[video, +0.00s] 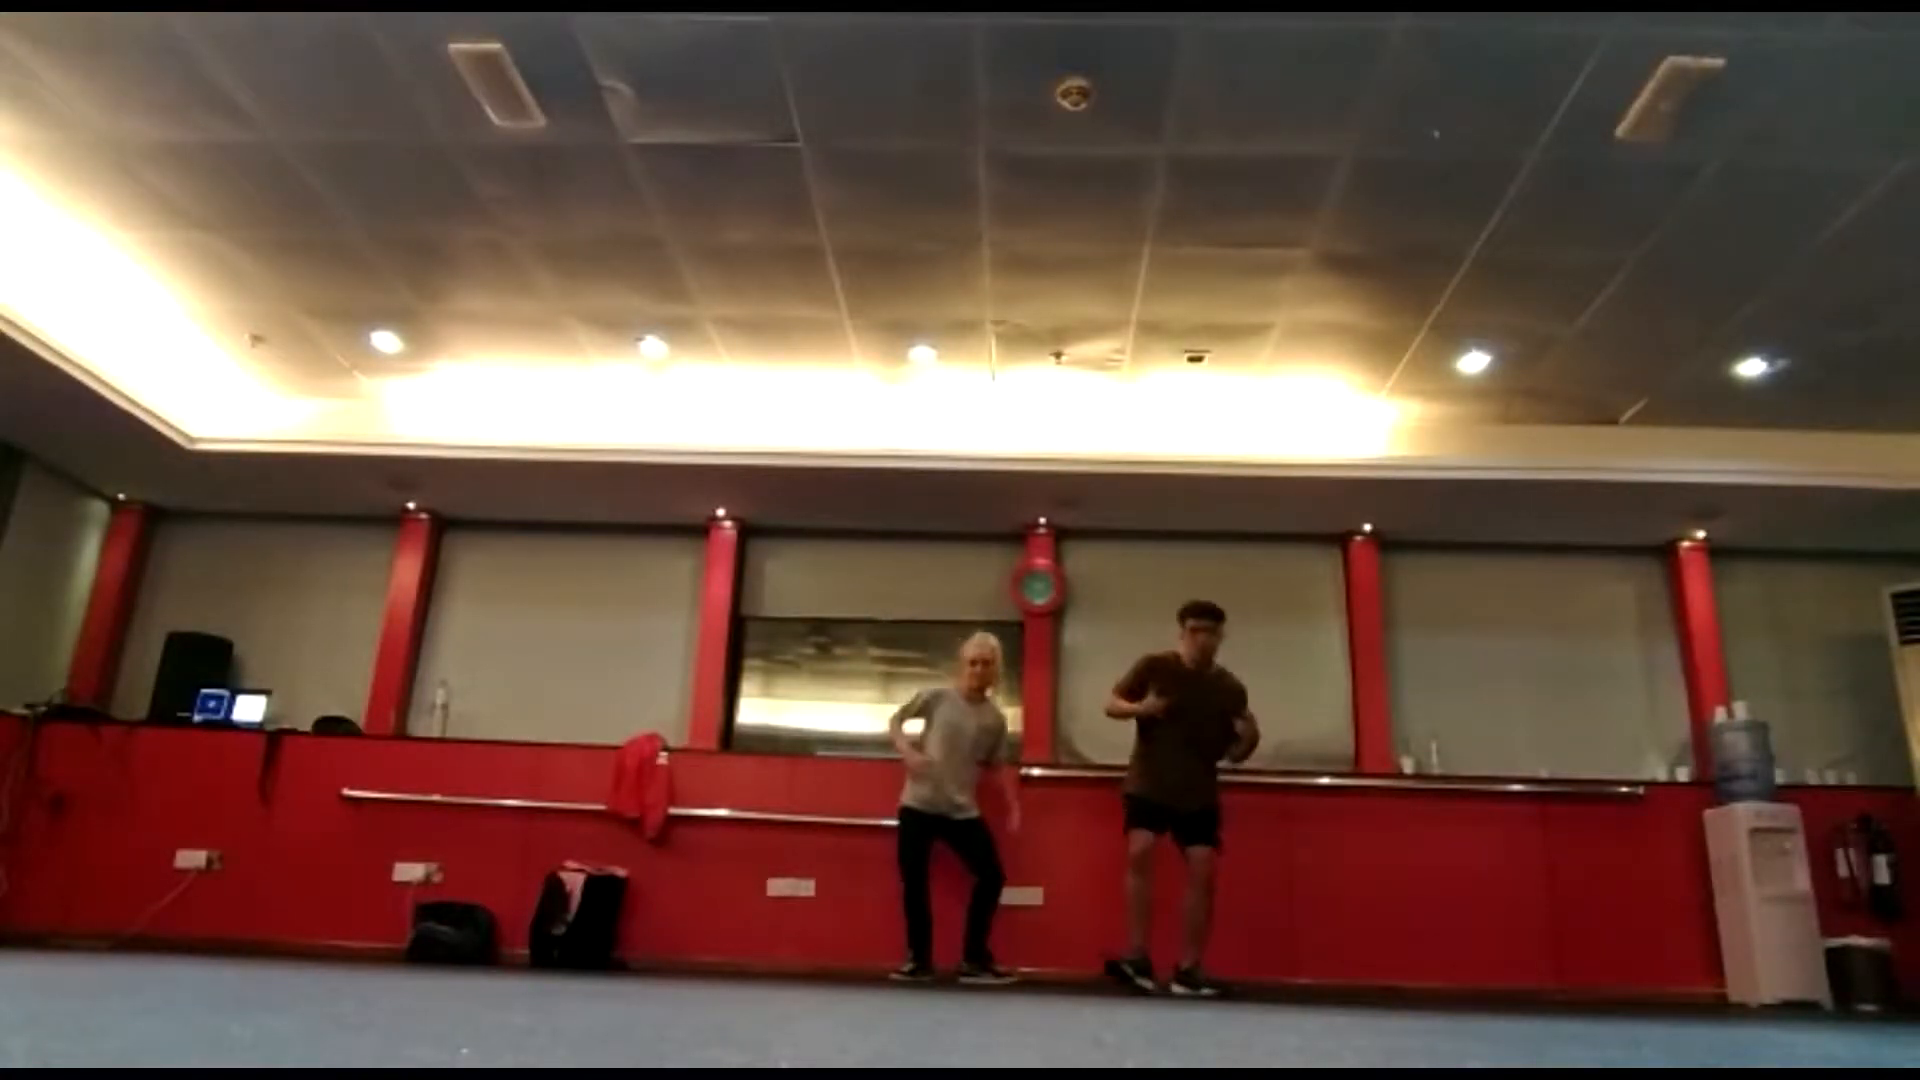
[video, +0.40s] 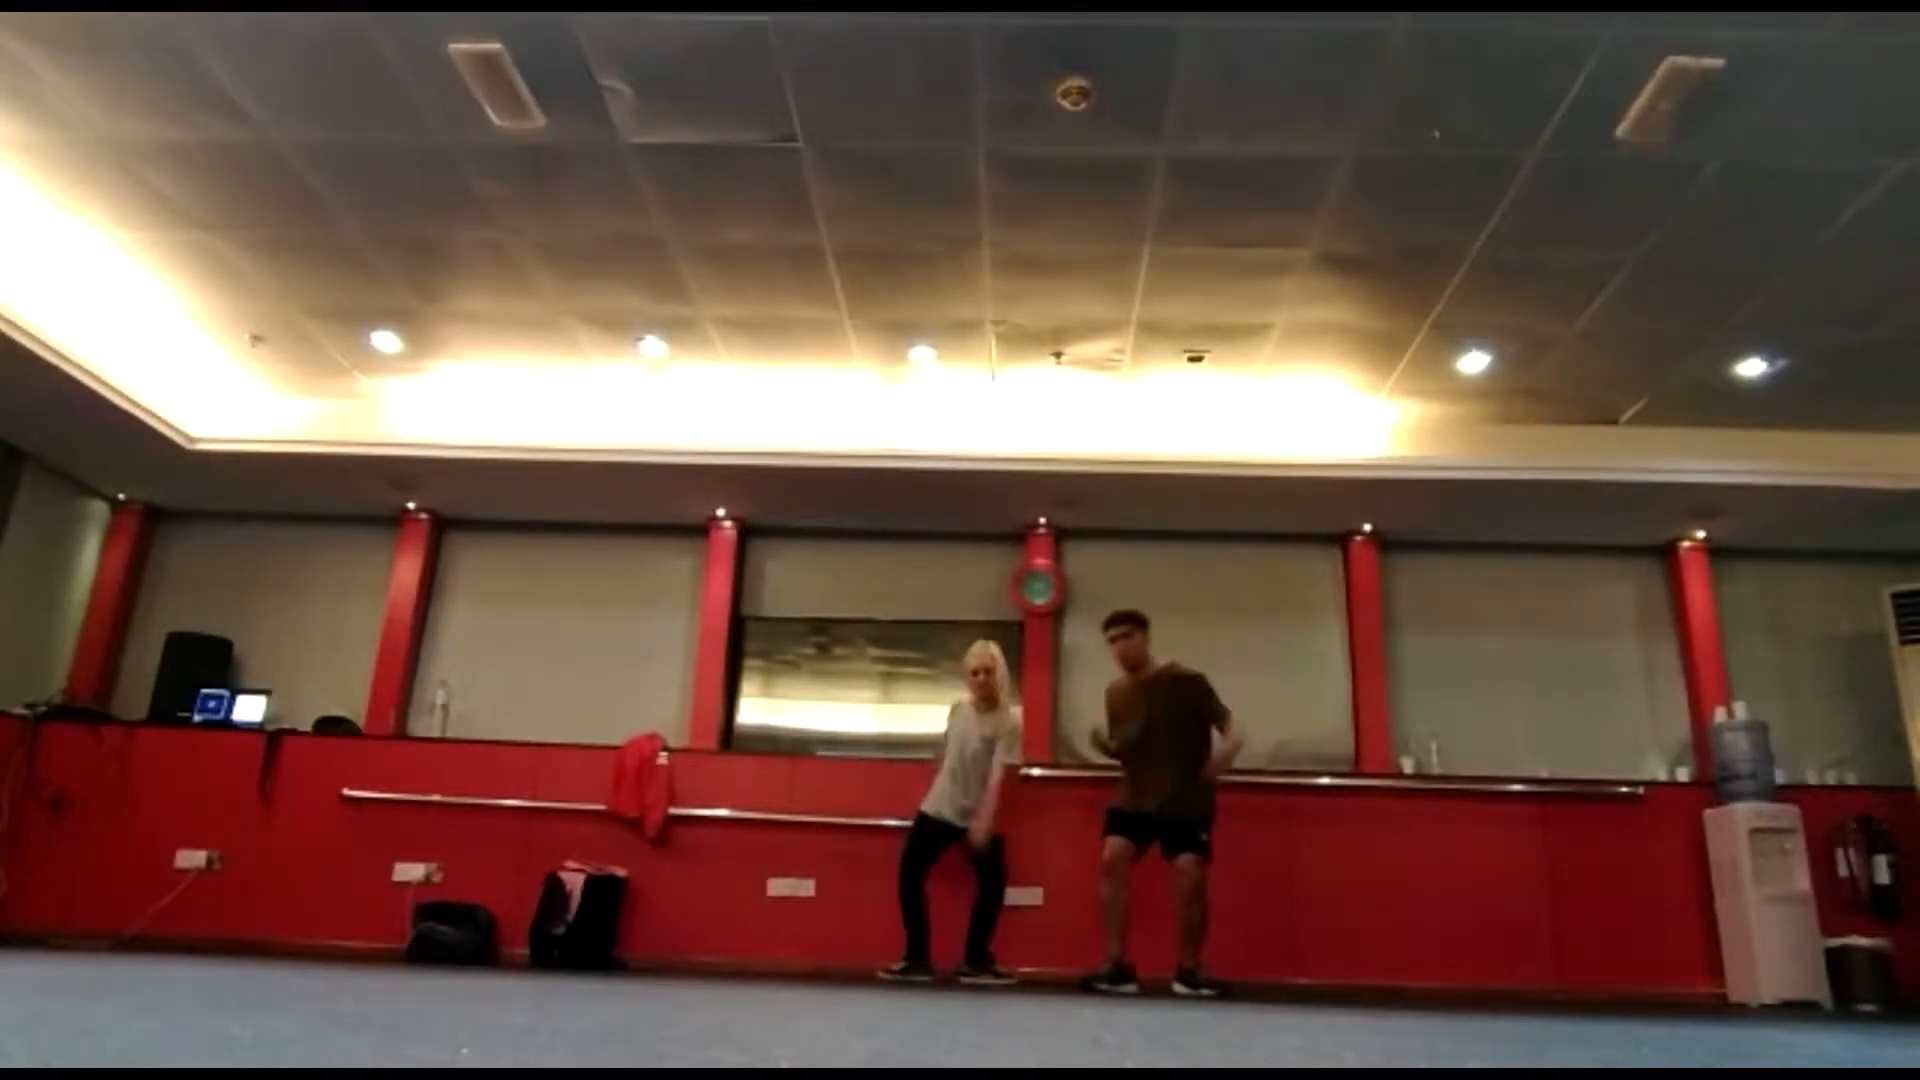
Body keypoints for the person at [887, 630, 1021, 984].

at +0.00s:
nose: (977, 670)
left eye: (985, 664)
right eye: (972, 662)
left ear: (995, 671)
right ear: (960, 665)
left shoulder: (995, 720)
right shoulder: (935, 700)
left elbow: (1001, 767)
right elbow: (896, 723)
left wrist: (1013, 807)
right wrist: (909, 754)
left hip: (962, 811)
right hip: (919, 806)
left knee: (990, 876)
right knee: (914, 886)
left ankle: (975, 959)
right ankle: (919, 959)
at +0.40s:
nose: (981, 679)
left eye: (988, 672)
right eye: (974, 673)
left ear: (1000, 675)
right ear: (966, 677)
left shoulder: (1008, 719)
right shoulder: (959, 709)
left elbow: (998, 775)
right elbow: (948, 756)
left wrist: (983, 821)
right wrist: (933, 797)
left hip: (976, 817)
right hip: (938, 810)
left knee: (992, 884)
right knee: (911, 873)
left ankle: (977, 960)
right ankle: (916, 958)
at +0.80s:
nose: (951, 654)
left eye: (958, 646)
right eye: (944, 647)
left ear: (971, 649)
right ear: (936, 654)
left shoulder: (988, 688)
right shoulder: (947, 694)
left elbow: (991, 740)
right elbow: (961, 735)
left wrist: (949, 747)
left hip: (983, 796)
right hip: (946, 790)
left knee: (986, 877)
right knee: (913, 849)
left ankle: (976, 955)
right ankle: (912, 935)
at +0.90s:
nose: (951, 656)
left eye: (957, 649)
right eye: (943, 650)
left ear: (969, 652)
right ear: (933, 657)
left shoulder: (985, 687)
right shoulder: (939, 697)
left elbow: (990, 732)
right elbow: (950, 736)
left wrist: (952, 749)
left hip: (978, 799)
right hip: (939, 796)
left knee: (986, 874)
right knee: (915, 861)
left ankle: (977, 957)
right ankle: (911, 947)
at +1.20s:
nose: (921, 675)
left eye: (929, 669)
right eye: (915, 668)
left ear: (941, 673)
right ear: (906, 673)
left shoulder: (958, 712)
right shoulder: (898, 719)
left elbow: (981, 755)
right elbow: (895, 767)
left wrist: (985, 800)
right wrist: (894, 807)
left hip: (959, 814)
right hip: (916, 815)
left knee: (985, 875)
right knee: (907, 884)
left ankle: (979, 955)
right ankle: (911, 958)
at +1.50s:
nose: (934, 657)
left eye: (941, 651)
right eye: (928, 649)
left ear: (951, 656)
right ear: (916, 651)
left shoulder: (960, 697)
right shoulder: (896, 697)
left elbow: (970, 742)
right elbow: (888, 745)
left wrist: (973, 773)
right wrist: (900, 787)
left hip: (956, 797)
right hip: (915, 798)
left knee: (953, 878)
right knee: (912, 879)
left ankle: (947, 949)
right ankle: (910, 953)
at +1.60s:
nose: (944, 672)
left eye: (952, 665)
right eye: (938, 663)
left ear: (961, 670)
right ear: (925, 663)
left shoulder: (964, 711)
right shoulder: (905, 703)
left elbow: (973, 759)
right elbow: (889, 749)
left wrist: (979, 797)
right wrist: (899, 798)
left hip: (955, 812)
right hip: (916, 811)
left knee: (941, 889)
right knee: (914, 887)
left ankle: (938, 957)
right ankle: (912, 956)